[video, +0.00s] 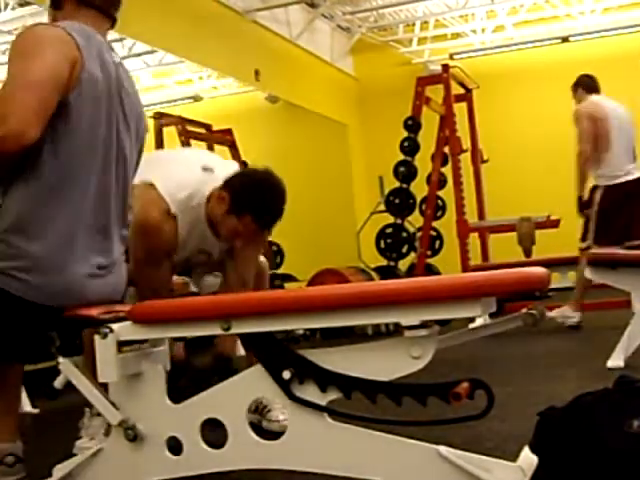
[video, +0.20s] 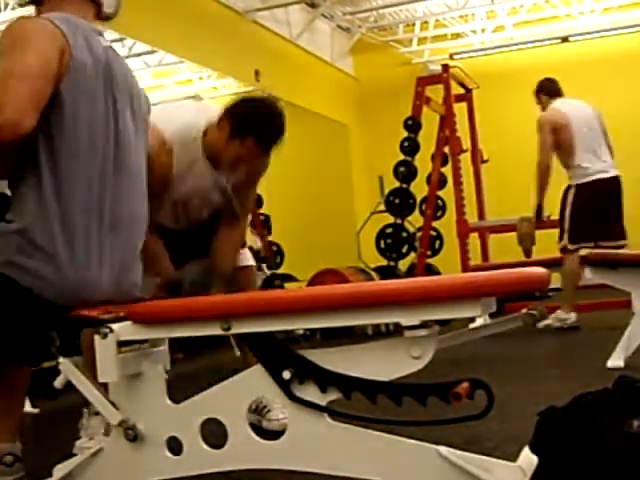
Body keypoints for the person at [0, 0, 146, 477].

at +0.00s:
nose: (48, 11)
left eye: (51, 7)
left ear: (61, 4)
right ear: (112, 16)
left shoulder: (50, 41)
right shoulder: (128, 87)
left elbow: (16, 130)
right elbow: (121, 177)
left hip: (32, 271)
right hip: (105, 276)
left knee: (8, 360)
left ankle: (7, 450)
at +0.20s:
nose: (29, 8)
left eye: (32, 5)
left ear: (41, 2)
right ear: (99, 9)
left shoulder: (37, 31)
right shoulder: (126, 75)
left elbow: (13, 119)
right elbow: (157, 157)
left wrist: (12, 177)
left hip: (40, 265)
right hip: (117, 274)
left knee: (13, 364)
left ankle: (6, 450)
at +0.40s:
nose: (13, 10)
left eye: (13, 6)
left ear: (20, 1)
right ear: (82, 5)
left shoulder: (30, 37)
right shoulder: (121, 67)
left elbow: (15, 130)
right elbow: (139, 167)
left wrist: (13, 181)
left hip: (57, 266)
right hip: (129, 271)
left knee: (6, 343)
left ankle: (7, 448)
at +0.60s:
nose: (20, 8)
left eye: (21, 4)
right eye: (22, 6)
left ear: (30, 2)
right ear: (87, 5)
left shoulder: (33, 41)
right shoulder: (141, 78)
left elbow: (14, 138)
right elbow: (161, 189)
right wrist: (96, 197)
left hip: (44, 274)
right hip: (121, 280)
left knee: (10, 353)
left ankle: (8, 451)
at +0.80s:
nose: (30, 11)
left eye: (31, 9)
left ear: (40, 4)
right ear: (108, 7)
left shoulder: (37, 41)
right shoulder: (149, 74)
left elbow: (10, 143)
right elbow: (191, 176)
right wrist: (121, 207)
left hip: (40, 276)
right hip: (120, 281)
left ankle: (7, 446)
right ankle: (7, 444)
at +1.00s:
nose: (37, 9)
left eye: (39, 5)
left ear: (46, 2)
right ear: (107, 3)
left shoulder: (38, 42)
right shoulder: (156, 69)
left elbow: (9, 142)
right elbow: (198, 174)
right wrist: (130, 187)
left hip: (39, 280)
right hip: (123, 285)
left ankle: (8, 450)